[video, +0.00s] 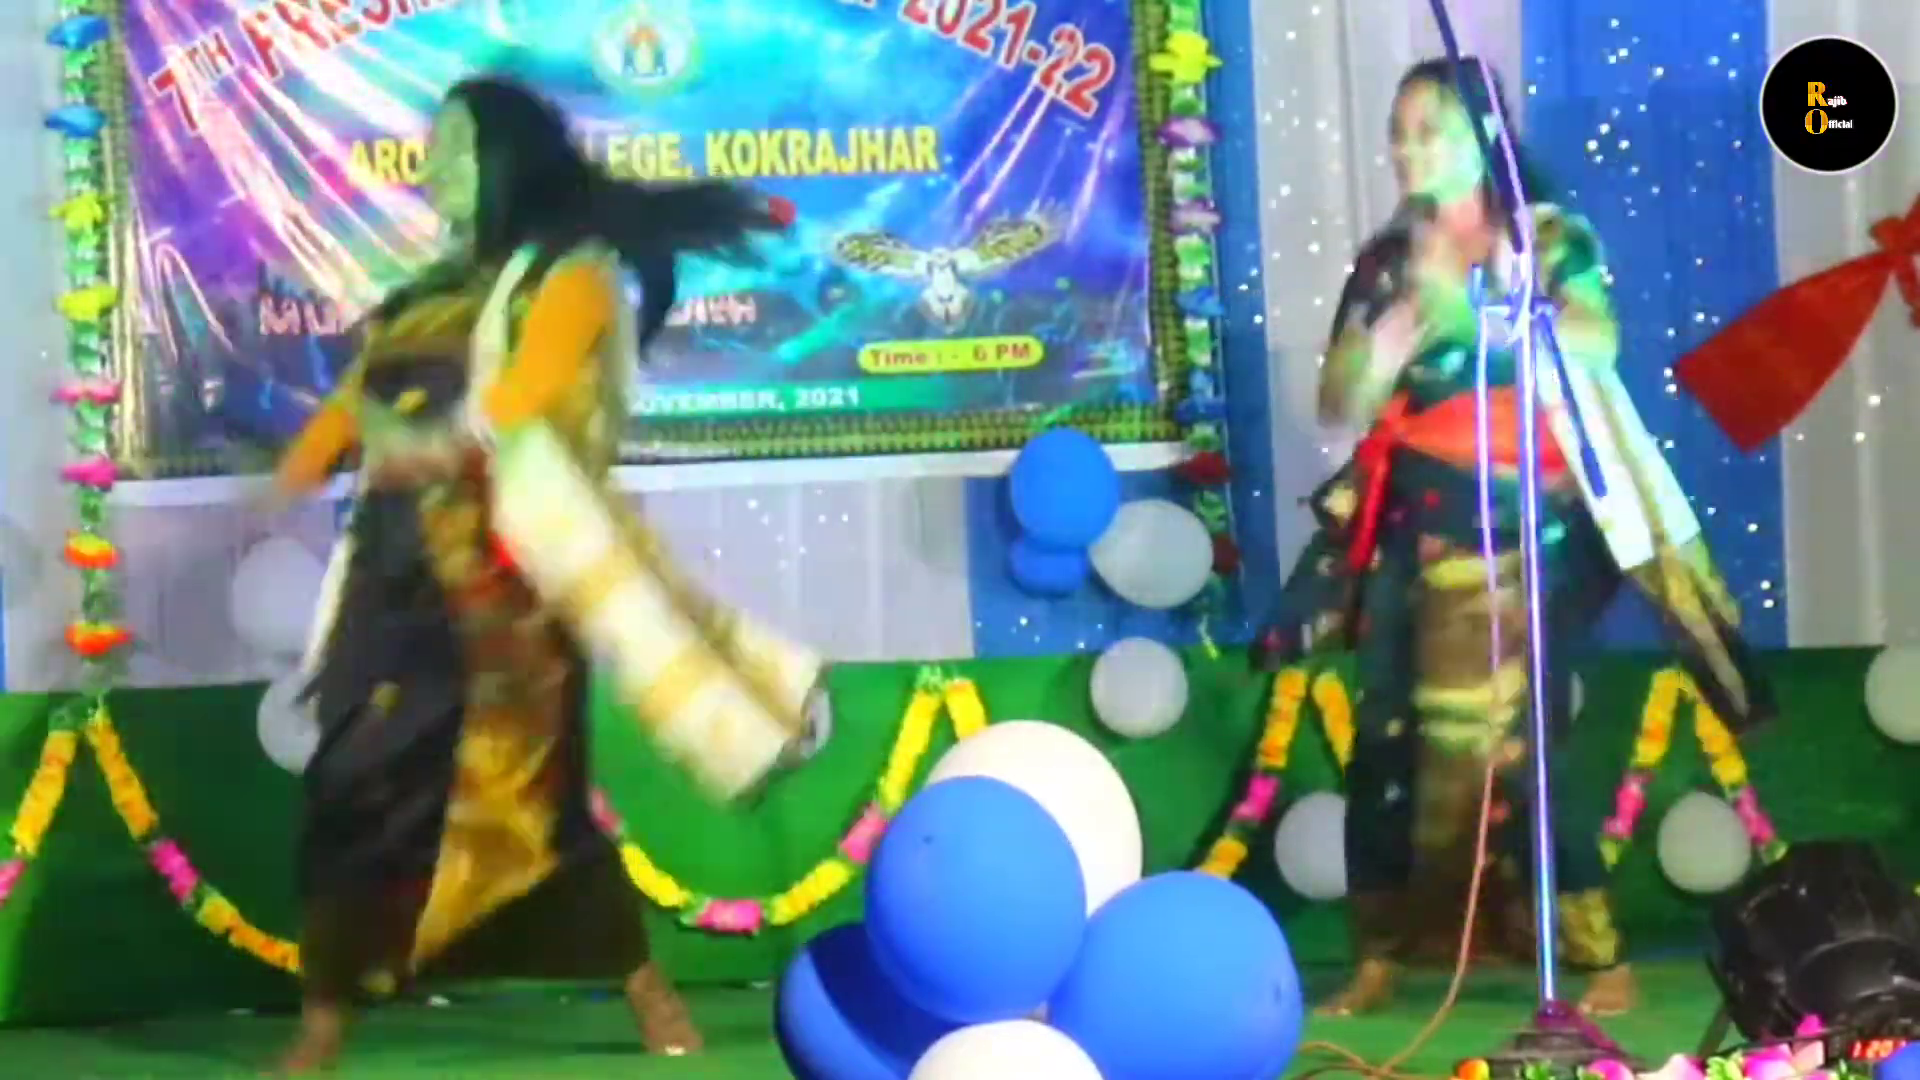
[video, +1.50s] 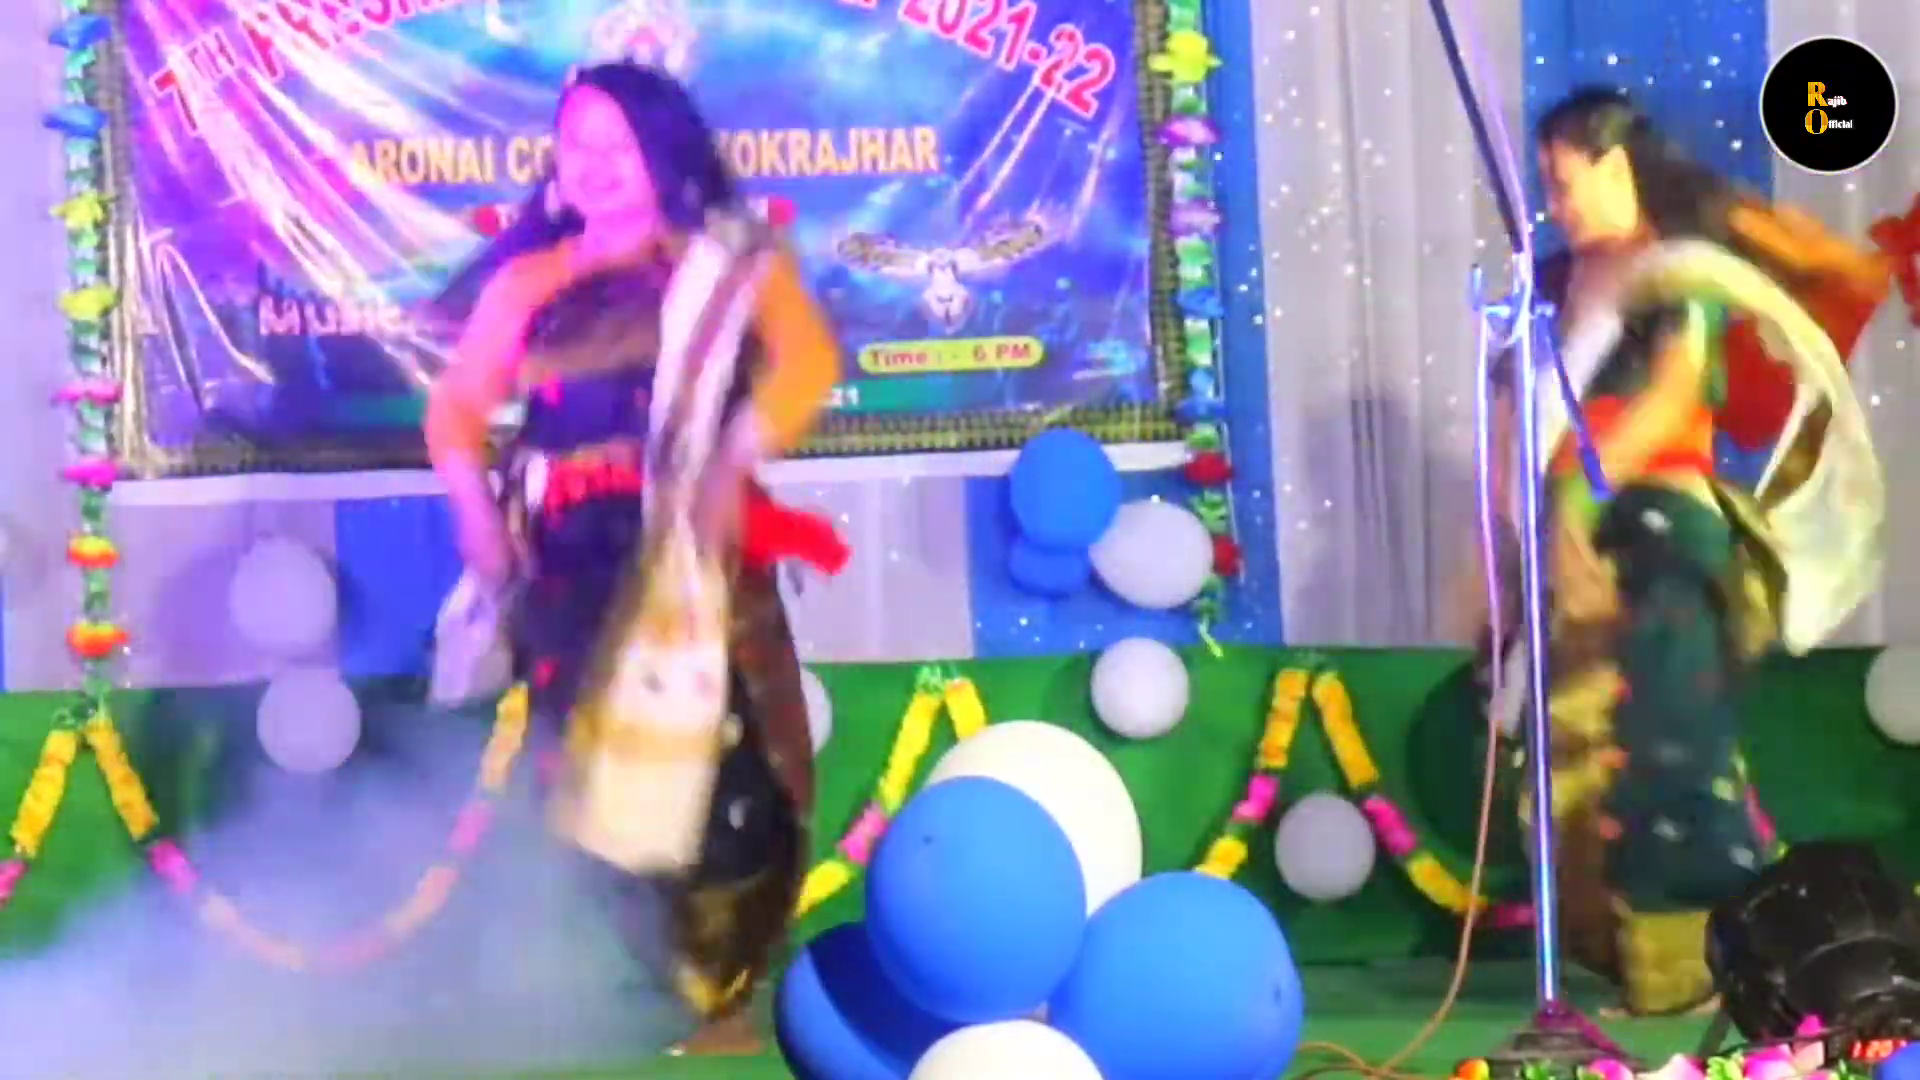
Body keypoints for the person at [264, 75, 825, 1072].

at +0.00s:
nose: (430, 175)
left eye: (447, 154)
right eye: (430, 158)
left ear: (507, 157)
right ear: (456, 168)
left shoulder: (573, 279)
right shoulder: (426, 295)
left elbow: (526, 406)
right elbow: (355, 403)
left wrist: (427, 453)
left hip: (511, 577)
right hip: (393, 579)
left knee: (542, 793)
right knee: (353, 786)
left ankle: (649, 993)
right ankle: (322, 1025)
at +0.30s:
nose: (482, 111)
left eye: (498, 96)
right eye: (456, 98)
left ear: (525, 123)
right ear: (407, 127)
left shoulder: (564, 224)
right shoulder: (373, 254)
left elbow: (684, 258)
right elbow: (289, 332)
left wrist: (658, 199)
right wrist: (191, 242)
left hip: (540, 538)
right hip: (399, 541)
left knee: (584, 751)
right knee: (369, 758)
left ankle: (597, 994)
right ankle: (345, 1014)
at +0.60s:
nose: (598, 166)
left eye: (597, 146)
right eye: (584, 145)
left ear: (549, 153)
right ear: (532, 153)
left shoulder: (581, 271)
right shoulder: (505, 294)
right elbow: (508, 430)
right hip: (550, 570)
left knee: (624, 791)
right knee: (585, 782)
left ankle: (563, 1021)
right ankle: (429, 910)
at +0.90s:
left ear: (582, 118)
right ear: (703, 130)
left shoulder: (557, 226)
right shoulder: (733, 235)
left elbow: (444, 254)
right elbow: (820, 339)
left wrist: (334, 204)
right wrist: (875, 268)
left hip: (629, 523)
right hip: (736, 518)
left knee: (643, 753)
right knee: (742, 733)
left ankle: (747, 996)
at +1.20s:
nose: (610, 152)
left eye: (632, 134)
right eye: (602, 134)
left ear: (693, 141)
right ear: (598, 146)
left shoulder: (763, 247)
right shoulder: (596, 278)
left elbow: (815, 293)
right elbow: (513, 382)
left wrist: (735, 241)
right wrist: (386, 330)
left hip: (733, 546)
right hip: (622, 554)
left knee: (754, 761)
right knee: (646, 771)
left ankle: (759, 1003)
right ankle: (703, 1002)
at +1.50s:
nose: (591, 170)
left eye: (612, 148)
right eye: (574, 152)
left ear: (665, 150)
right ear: (554, 167)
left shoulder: (732, 260)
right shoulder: (530, 281)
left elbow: (812, 363)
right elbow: (452, 410)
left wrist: (738, 457)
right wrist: (482, 527)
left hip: (696, 550)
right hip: (569, 553)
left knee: (732, 761)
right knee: (585, 761)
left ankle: (729, 984)